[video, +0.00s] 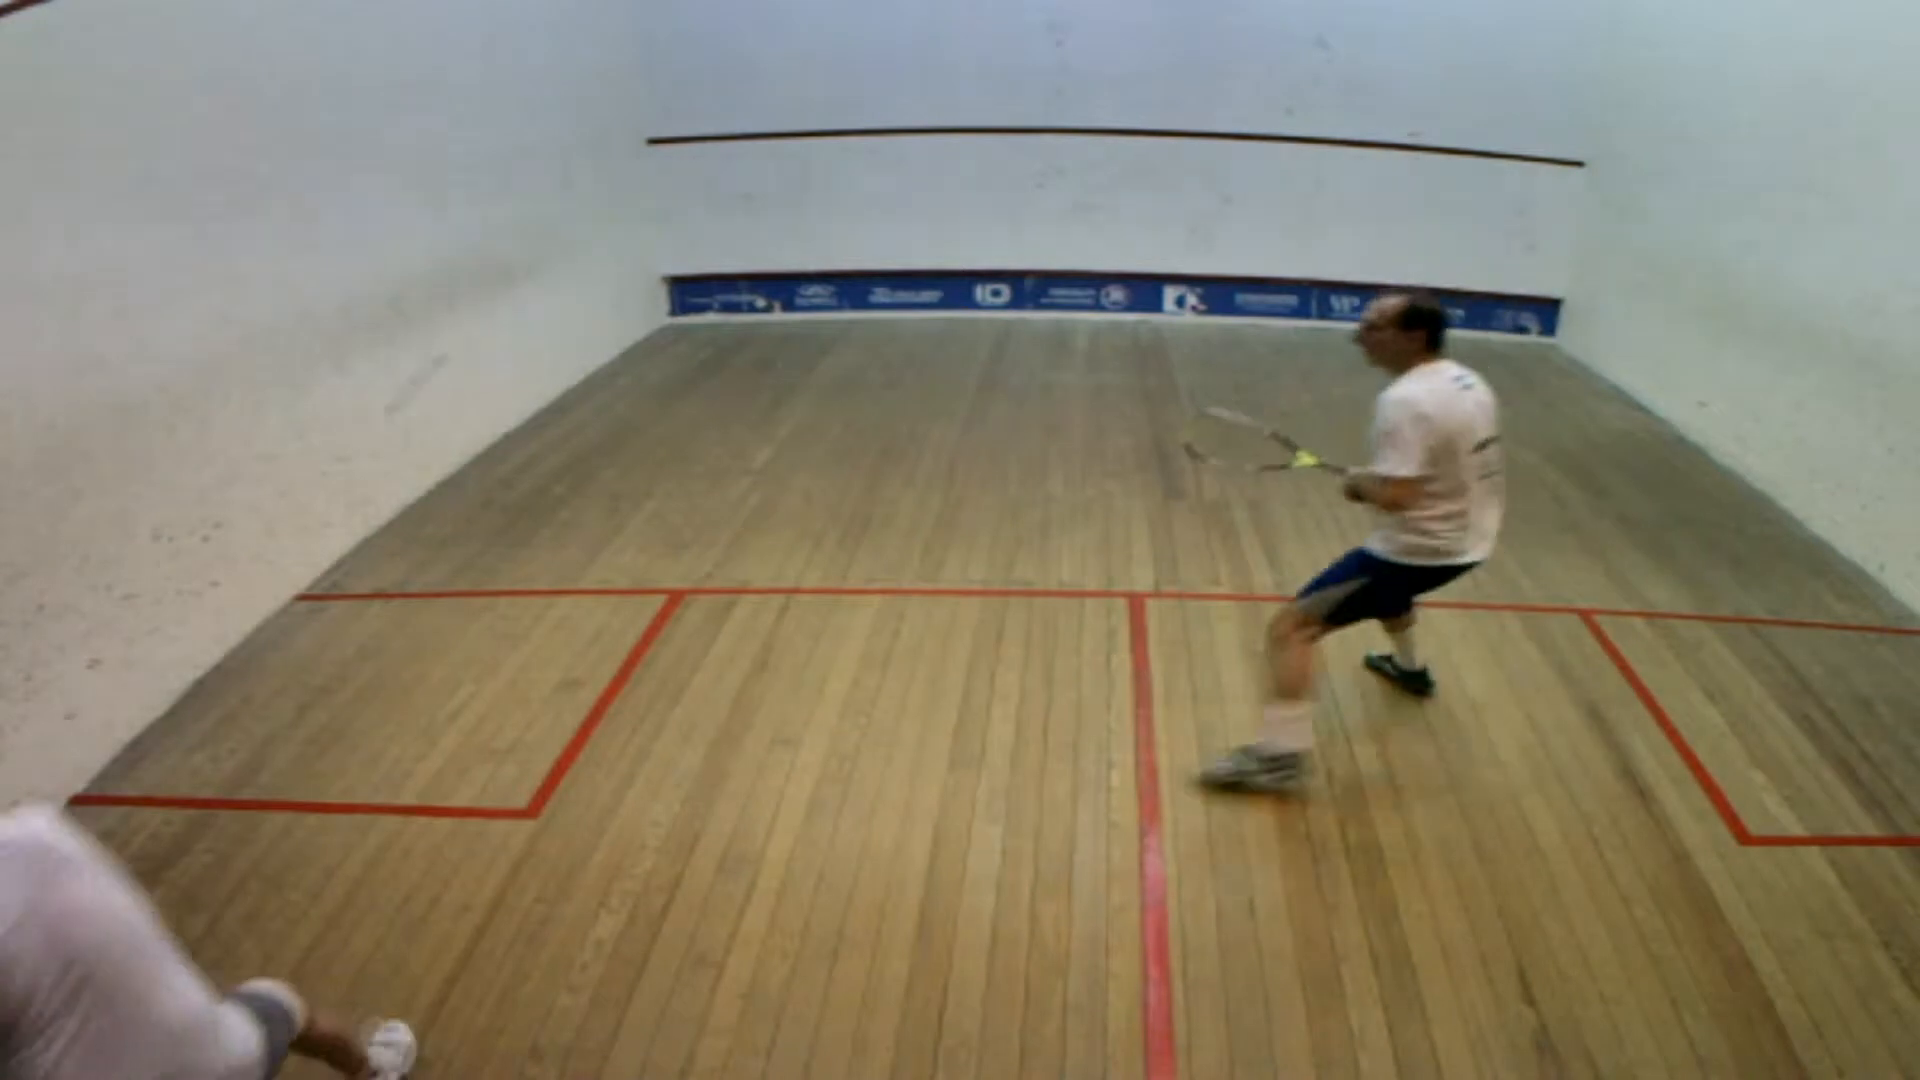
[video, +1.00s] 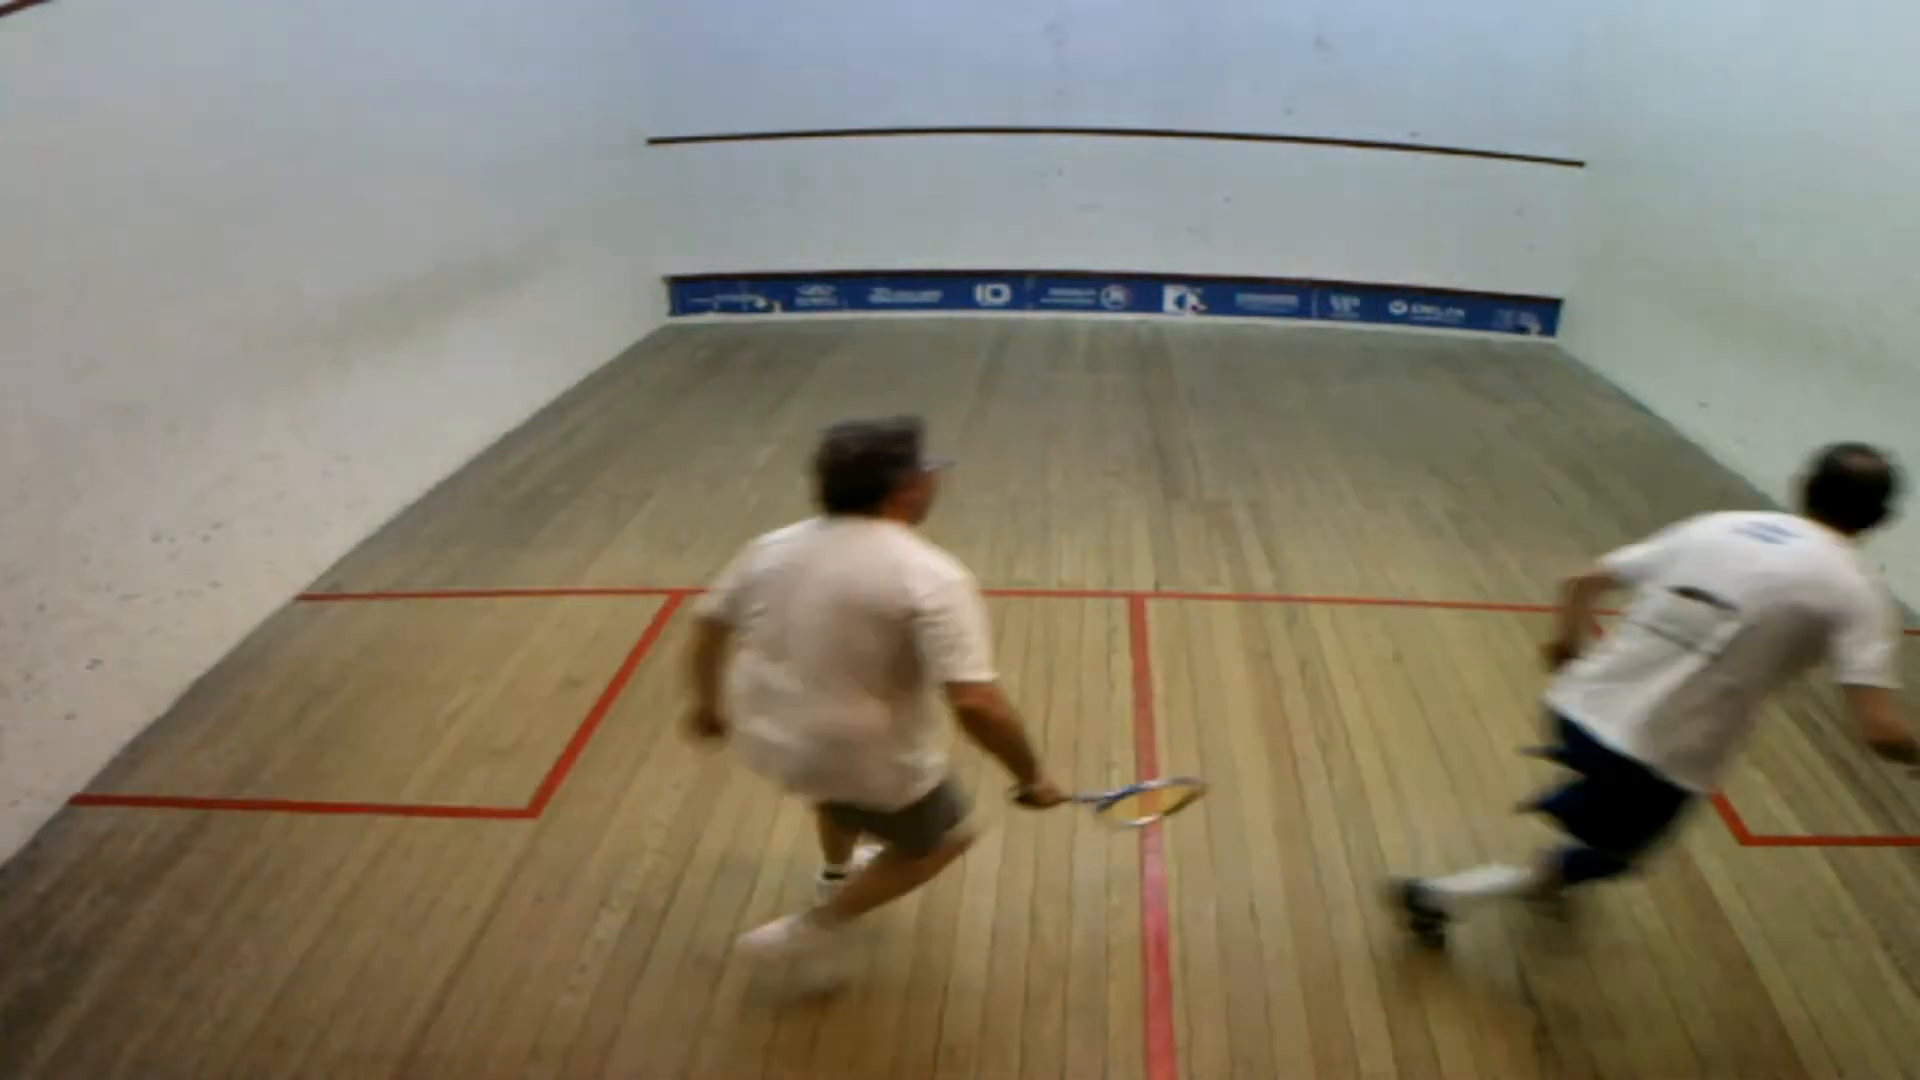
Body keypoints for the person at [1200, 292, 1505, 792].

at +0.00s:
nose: (1361, 335)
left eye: (1374, 328)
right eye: (1365, 324)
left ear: (1414, 338)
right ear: (1422, 339)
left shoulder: (1405, 400)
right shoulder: (1469, 383)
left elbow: (1402, 492)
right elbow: (1452, 468)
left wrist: (1359, 485)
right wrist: (1379, 478)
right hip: (1466, 542)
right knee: (1385, 585)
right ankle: (1409, 665)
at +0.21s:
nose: (1309, 315)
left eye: (1312, 307)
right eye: (1314, 307)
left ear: (1320, 312)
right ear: (1383, 316)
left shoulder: (1289, 375)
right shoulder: (1430, 385)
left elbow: (1243, 467)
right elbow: (1458, 474)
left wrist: (1285, 487)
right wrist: (1400, 490)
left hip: (1295, 550)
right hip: (1383, 553)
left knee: (1212, 636)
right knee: (1373, 635)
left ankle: (1222, 754)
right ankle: (1368, 717)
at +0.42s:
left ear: (1291, 361)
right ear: (1361, 375)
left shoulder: (1240, 412)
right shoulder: (1390, 442)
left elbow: (1158, 488)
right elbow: (1434, 540)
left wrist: (1158, 508)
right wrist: (1412, 544)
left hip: (1204, 594)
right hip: (1312, 612)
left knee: (1132, 678)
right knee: (1363, 724)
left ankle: (1078, 795)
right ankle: (1364, 861)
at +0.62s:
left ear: (1397, 397)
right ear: (1469, 411)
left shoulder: (1343, 442)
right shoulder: (1494, 479)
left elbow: (1217, 514)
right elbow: (1528, 598)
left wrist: (1206, 568)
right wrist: (1501, 613)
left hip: (1271, 619)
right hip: (1362, 659)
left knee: (1221, 694)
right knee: (1345, 785)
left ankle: (1138, 777)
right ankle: (1212, 884)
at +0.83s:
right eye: (1675, 504)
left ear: (1608, 471)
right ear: (1666, 504)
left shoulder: (1526, 503)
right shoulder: (1643, 563)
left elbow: (1398, 568)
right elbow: (1664, 702)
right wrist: (1676, 683)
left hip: (1363, 664)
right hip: (1436, 709)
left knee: (1314, 735)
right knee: (1499, 809)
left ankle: (1193, 792)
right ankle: (1365, 902)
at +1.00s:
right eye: (1880, 515)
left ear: (1806, 487)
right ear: (1872, 520)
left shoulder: (1724, 526)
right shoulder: (1851, 588)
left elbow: (1588, 580)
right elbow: (1880, 728)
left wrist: (1567, 643)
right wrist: (1916, 750)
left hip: (1582, 704)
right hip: (1658, 755)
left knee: (1600, 794)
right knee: (1599, 855)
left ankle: (1562, 875)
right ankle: (1441, 896)